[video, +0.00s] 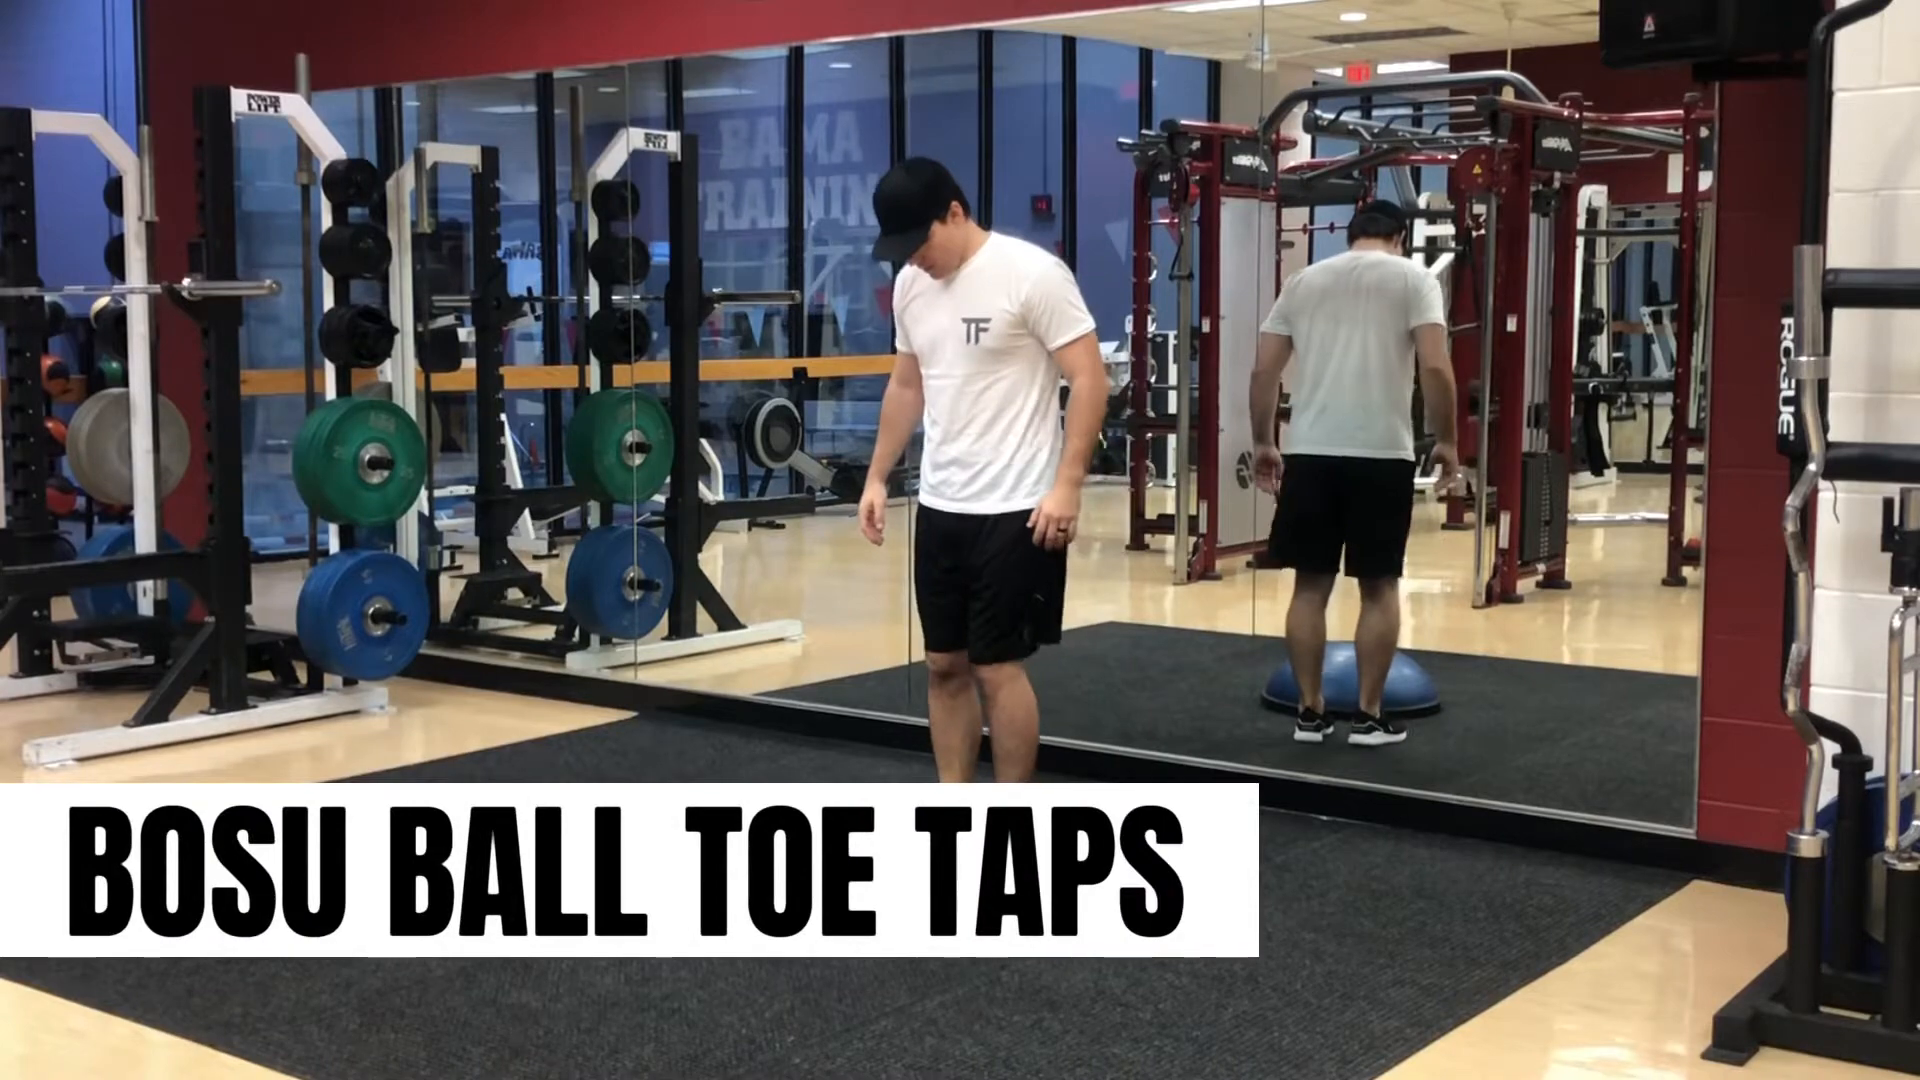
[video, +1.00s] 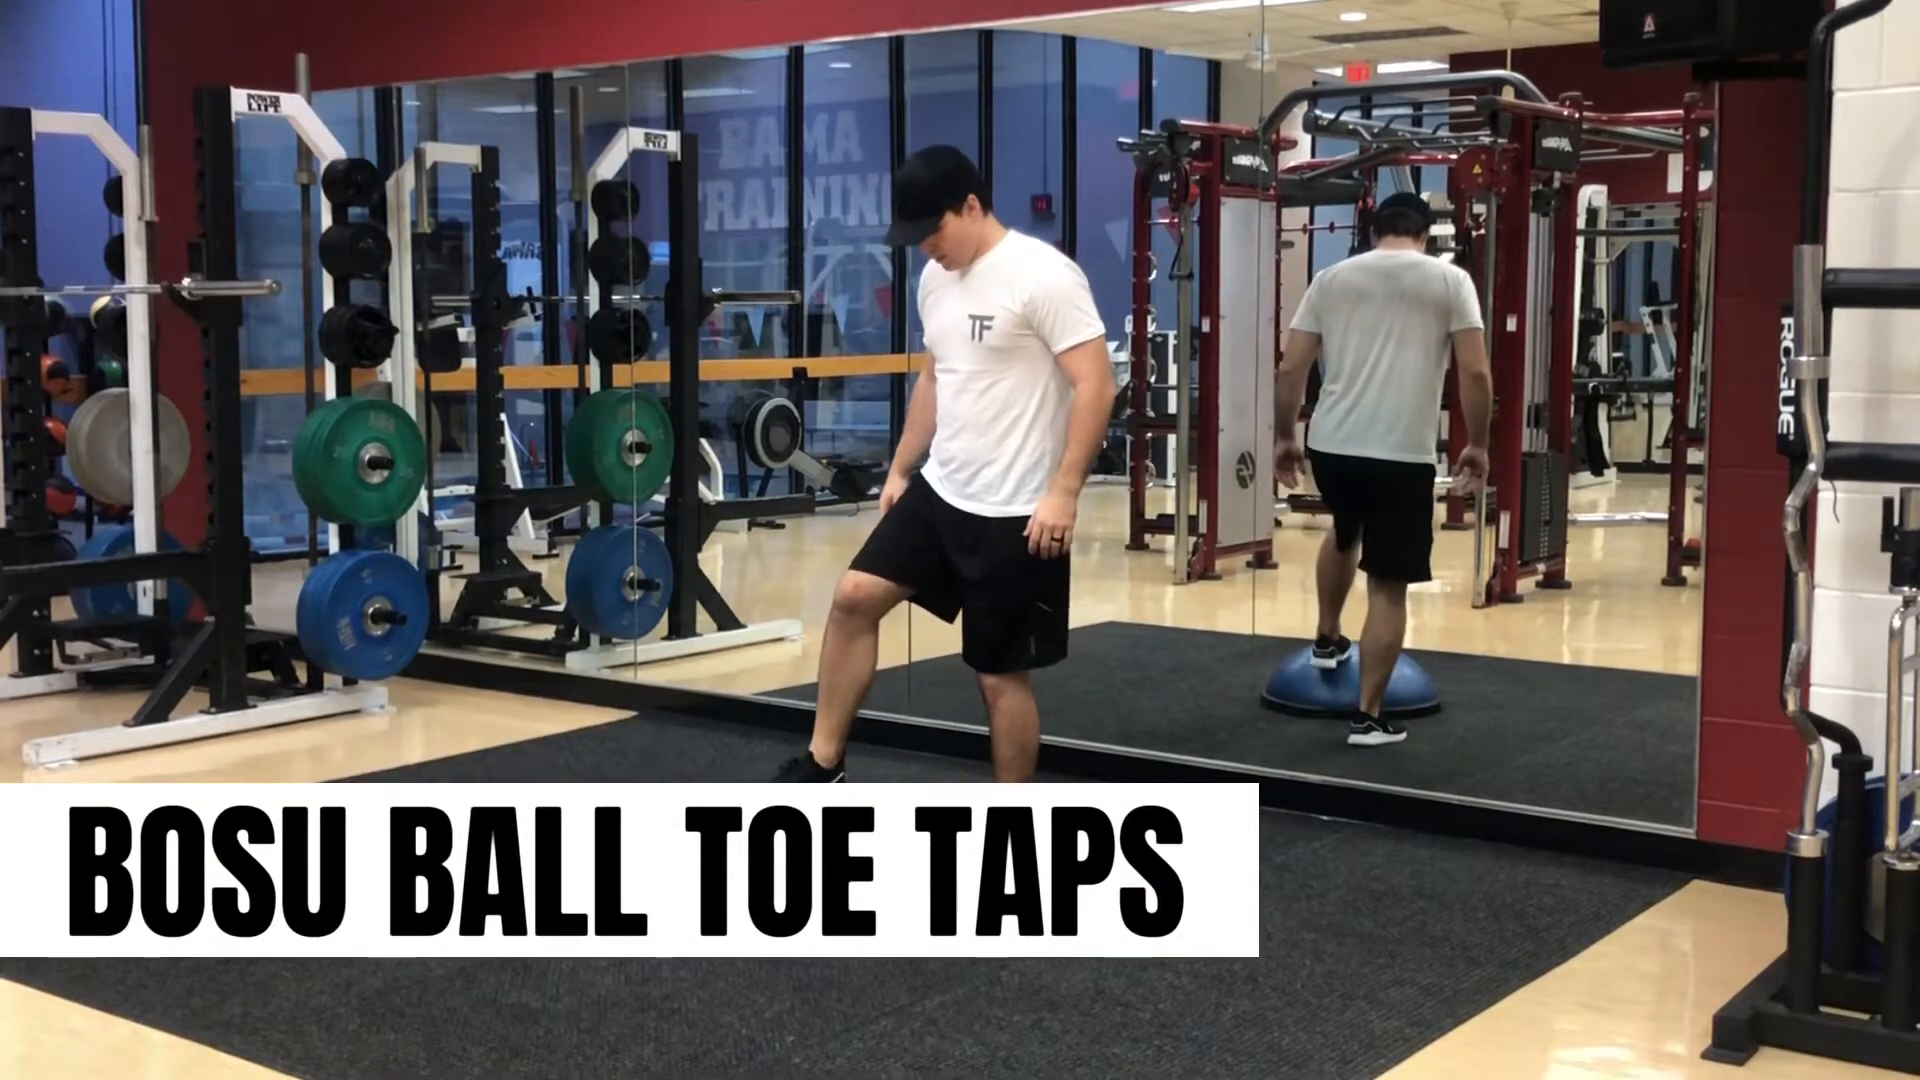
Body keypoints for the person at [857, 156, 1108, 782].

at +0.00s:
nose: (913, 260)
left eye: (918, 244)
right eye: (904, 250)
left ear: (954, 215)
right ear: (894, 235)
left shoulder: (1033, 275)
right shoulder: (911, 284)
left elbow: (1090, 380)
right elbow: (906, 384)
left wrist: (1067, 487)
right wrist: (877, 475)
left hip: (1018, 509)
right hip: (941, 508)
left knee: (998, 667)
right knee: (946, 667)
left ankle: (1012, 812)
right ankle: (953, 809)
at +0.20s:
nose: (922, 257)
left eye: (927, 241)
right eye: (914, 247)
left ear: (964, 212)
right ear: (905, 234)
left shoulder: (1043, 277)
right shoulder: (925, 282)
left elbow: (1097, 384)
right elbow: (923, 382)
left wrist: (1073, 491)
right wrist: (893, 474)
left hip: (1021, 518)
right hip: (943, 515)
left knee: (1009, 674)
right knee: (924, 667)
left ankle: (1014, 814)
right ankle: (949, 803)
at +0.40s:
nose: (926, 253)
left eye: (930, 237)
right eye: (918, 243)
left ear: (970, 212)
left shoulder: (1049, 278)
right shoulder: (935, 281)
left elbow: (1101, 386)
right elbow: (937, 379)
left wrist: (1077, 491)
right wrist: (905, 470)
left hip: (1023, 518)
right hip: (945, 510)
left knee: (1008, 677)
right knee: (894, 642)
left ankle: (1015, 818)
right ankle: (913, 797)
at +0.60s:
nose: (927, 253)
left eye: (933, 237)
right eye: (921, 242)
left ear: (972, 211)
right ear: (961, 215)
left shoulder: (1048, 277)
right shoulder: (939, 279)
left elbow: (1098, 384)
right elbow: (942, 377)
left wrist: (1065, 491)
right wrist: (903, 464)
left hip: (1020, 517)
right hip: (946, 500)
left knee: (1011, 676)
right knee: (872, 615)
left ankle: (1015, 812)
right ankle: (859, 776)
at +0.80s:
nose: (927, 252)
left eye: (932, 236)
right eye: (919, 241)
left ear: (973, 209)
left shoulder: (1047, 278)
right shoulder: (938, 278)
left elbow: (1098, 386)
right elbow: (938, 378)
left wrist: (1062, 492)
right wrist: (902, 466)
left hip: (1018, 515)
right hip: (944, 494)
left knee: (1008, 680)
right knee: (859, 595)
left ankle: (1015, 815)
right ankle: (832, 756)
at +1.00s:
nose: (926, 248)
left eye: (931, 232)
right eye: (919, 237)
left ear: (971, 207)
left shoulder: (1046, 276)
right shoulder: (935, 276)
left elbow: (1096, 385)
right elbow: (934, 378)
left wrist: (1063, 493)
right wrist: (900, 469)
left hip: (1014, 518)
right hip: (939, 497)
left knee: (1001, 675)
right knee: (855, 597)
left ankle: (1012, 815)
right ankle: (822, 763)